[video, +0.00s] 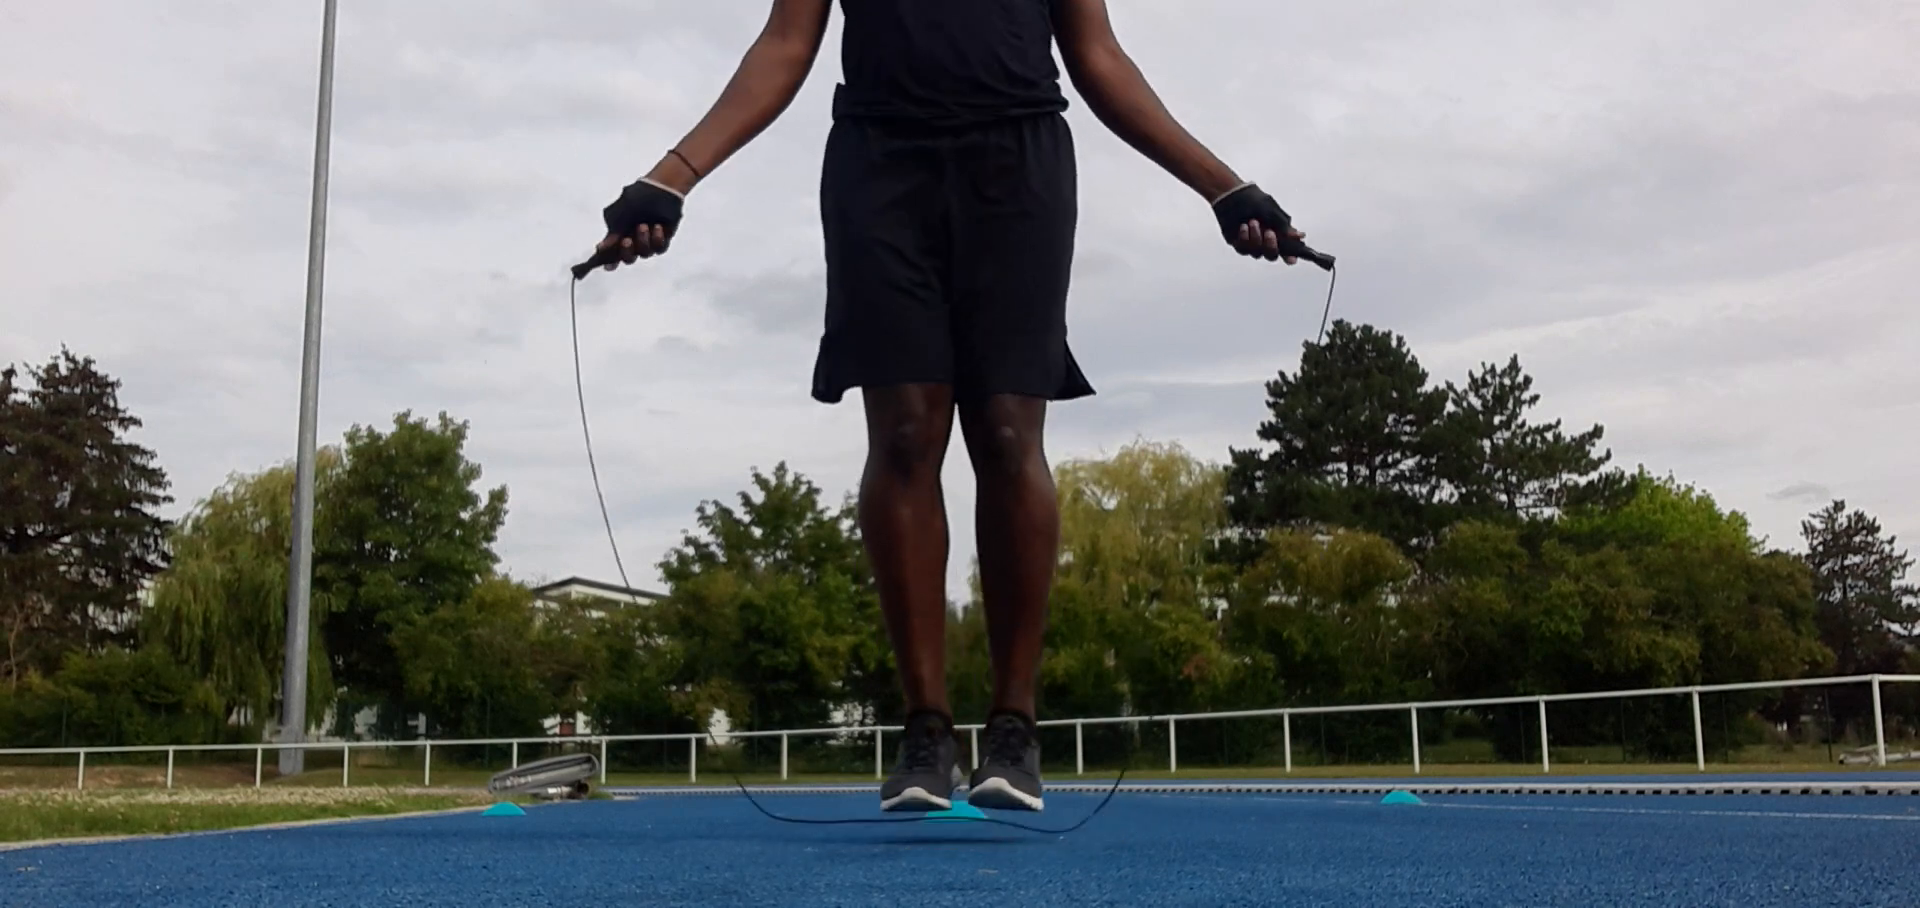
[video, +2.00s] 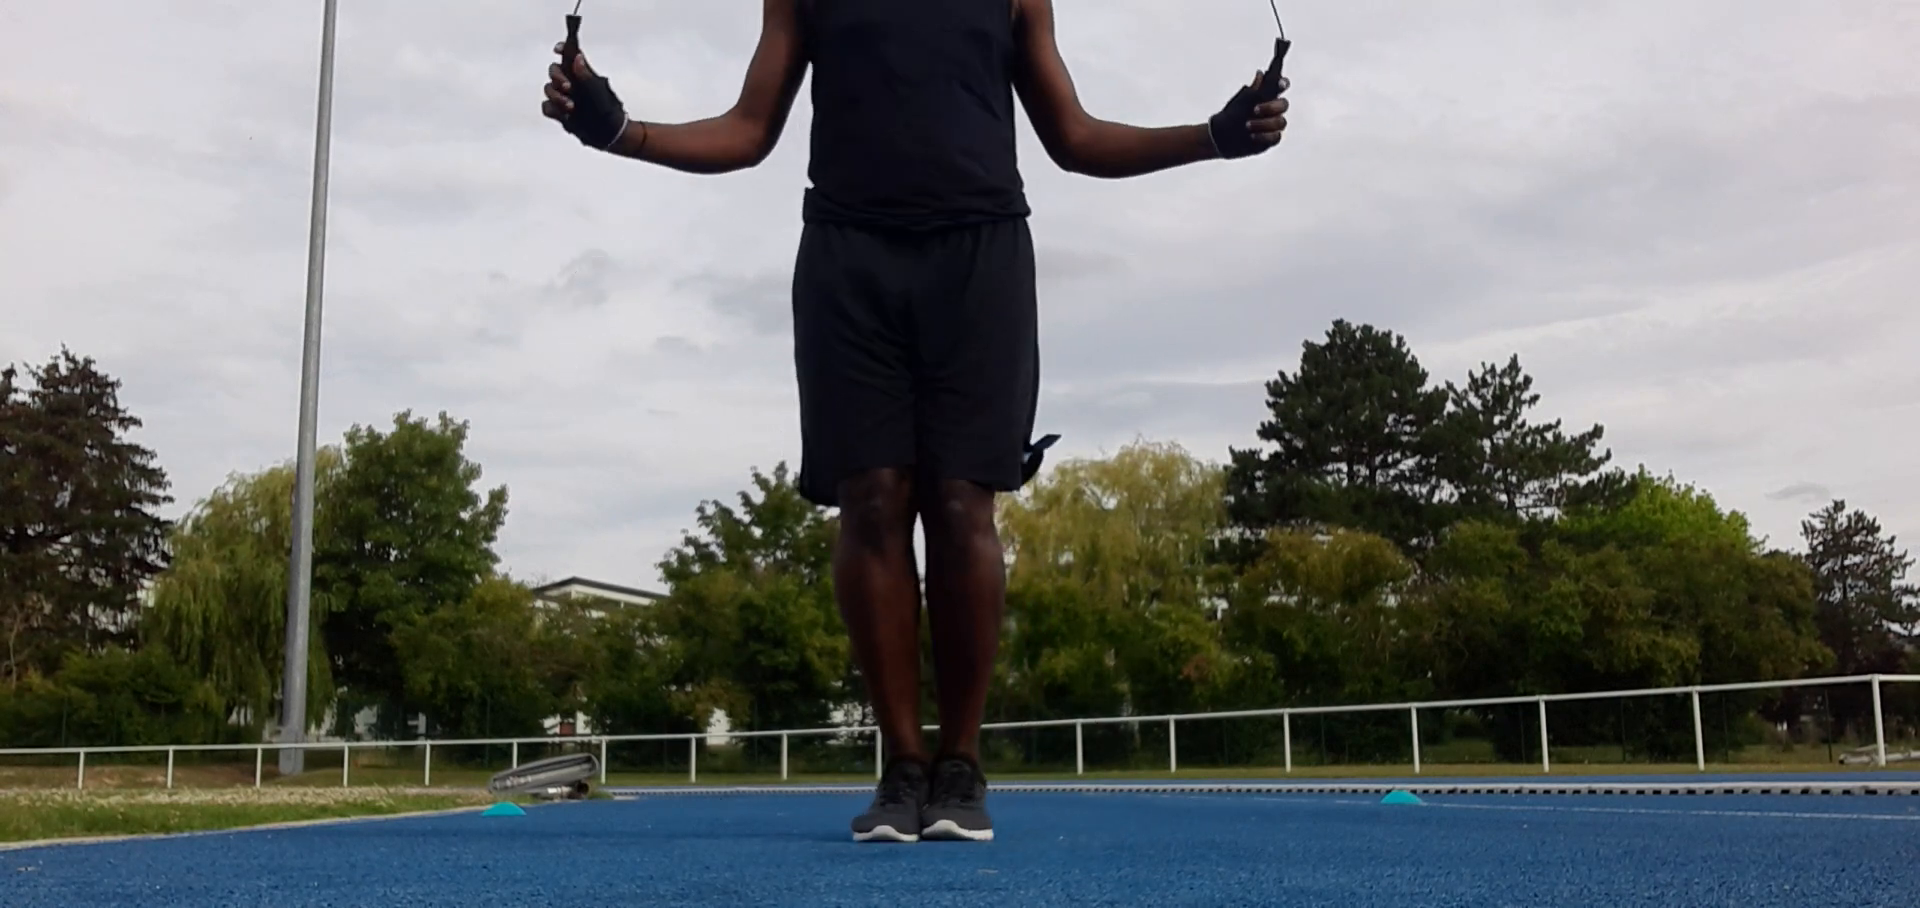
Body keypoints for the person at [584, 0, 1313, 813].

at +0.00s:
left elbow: (1099, 57)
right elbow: (787, 39)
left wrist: (1224, 185)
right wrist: (672, 173)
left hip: (1018, 146)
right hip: (878, 150)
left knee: (1006, 431)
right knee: (904, 427)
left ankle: (1013, 731)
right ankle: (926, 735)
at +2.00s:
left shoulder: (1011, 6)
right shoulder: (802, 7)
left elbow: (1074, 136)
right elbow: (744, 131)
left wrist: (1214, 135)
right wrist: (617, 129)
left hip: (980, 248)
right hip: (849, 248)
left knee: (962, 506)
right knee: (871, 504)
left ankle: (958, 773)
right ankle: (903, 775)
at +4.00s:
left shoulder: (1006, 5)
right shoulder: (801, 4)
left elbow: (1048, 119)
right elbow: (767, 97)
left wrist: (1166, 229)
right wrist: (667, 218)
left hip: (974, 216)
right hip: (847, 218)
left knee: (959, 467)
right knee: (865, 465)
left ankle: (959, 737)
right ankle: (883, 739)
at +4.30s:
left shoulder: (1007, 9)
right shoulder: (805, 4)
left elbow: (1051, 149)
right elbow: (764, 127)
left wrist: (1171, 215)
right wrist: (665, 209)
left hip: (974, 247)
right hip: (850, 248)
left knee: (964, 491)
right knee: (873, 491)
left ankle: (964, 759)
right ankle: (896, 765)